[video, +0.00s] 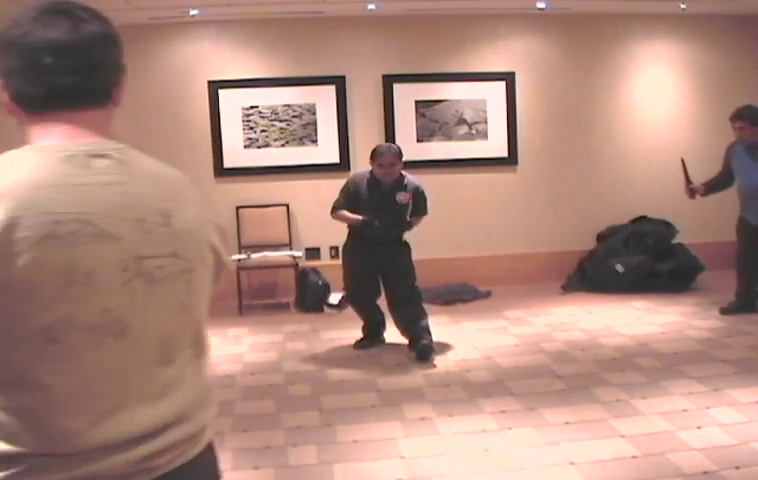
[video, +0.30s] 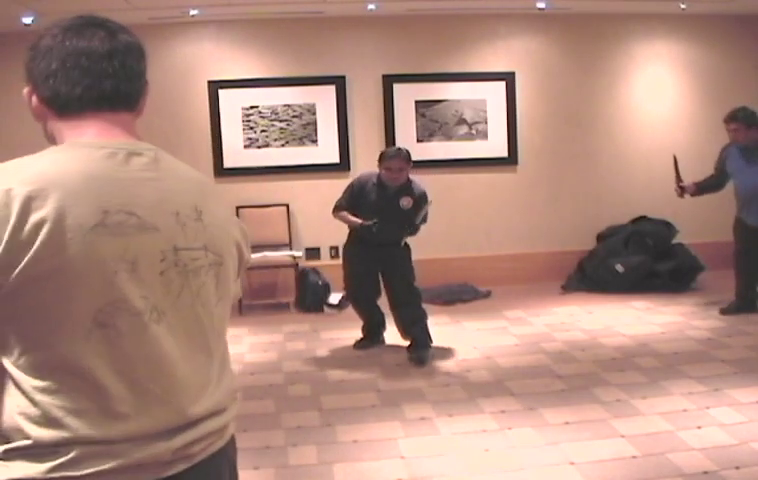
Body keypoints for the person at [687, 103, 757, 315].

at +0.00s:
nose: (738, 134)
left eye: (741, 128)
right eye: (735, 129)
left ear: (755, 128)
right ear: (735, 129)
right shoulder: (735, 150)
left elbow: (726, 177)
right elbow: (727, 177)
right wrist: (702, 188)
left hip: (753, 217)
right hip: (748, 217)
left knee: (748, 258)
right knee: (745, 259)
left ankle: (748, 299)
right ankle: (745, 298)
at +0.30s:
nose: (732, 136)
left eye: (736, 130)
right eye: (730, 131)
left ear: (752, 130)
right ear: (728, 131)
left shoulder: (754, 152)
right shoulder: (730, 153)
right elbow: (719, 179)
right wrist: (693, 188)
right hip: (746, 218)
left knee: (751, 260)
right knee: (744, 259)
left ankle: (749, 300)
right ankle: (744, 299)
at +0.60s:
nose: (728, 136)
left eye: (733, 130)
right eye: (726, 131)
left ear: (749, 130)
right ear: (725, 132)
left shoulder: (754, 152)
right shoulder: (727, 154)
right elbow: (713, 181)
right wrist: (686, 187)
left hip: (754, 221)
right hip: (743, 220)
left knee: (751, 261)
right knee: (742, 261)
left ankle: (750, 300)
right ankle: (744, 300)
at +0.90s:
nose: (725, 136)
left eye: (729, 130)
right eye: (723, 131)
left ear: (746, 130)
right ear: (721, 132)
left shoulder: (755, 149)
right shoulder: (722, 155)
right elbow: (700, 182)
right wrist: (670, 186)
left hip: (754, 214)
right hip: (742, 215)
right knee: (740, 257)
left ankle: (748, 299)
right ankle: (745, 299)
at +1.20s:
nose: (722, 132)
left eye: (727, 125)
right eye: (719, 127)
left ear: (742, 125)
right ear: (717, 129)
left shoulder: (755, 145)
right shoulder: (716, 151)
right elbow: (690, 168)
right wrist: (668, 176)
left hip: (755, 217)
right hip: (739, 217)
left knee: (751, 261)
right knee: (739, 262)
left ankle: (751, 301)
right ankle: (745, 301)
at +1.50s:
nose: (731, 126)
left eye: (736, 120)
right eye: (729, 121)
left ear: (751, 121)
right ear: (727, 123)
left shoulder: (754, 146)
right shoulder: (726, 148)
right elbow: (705, 179)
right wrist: (710, 191)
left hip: (754, 216)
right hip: (739, 217)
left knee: (750, 260)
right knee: (739, 260)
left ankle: (750, 300)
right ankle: (743, 300)